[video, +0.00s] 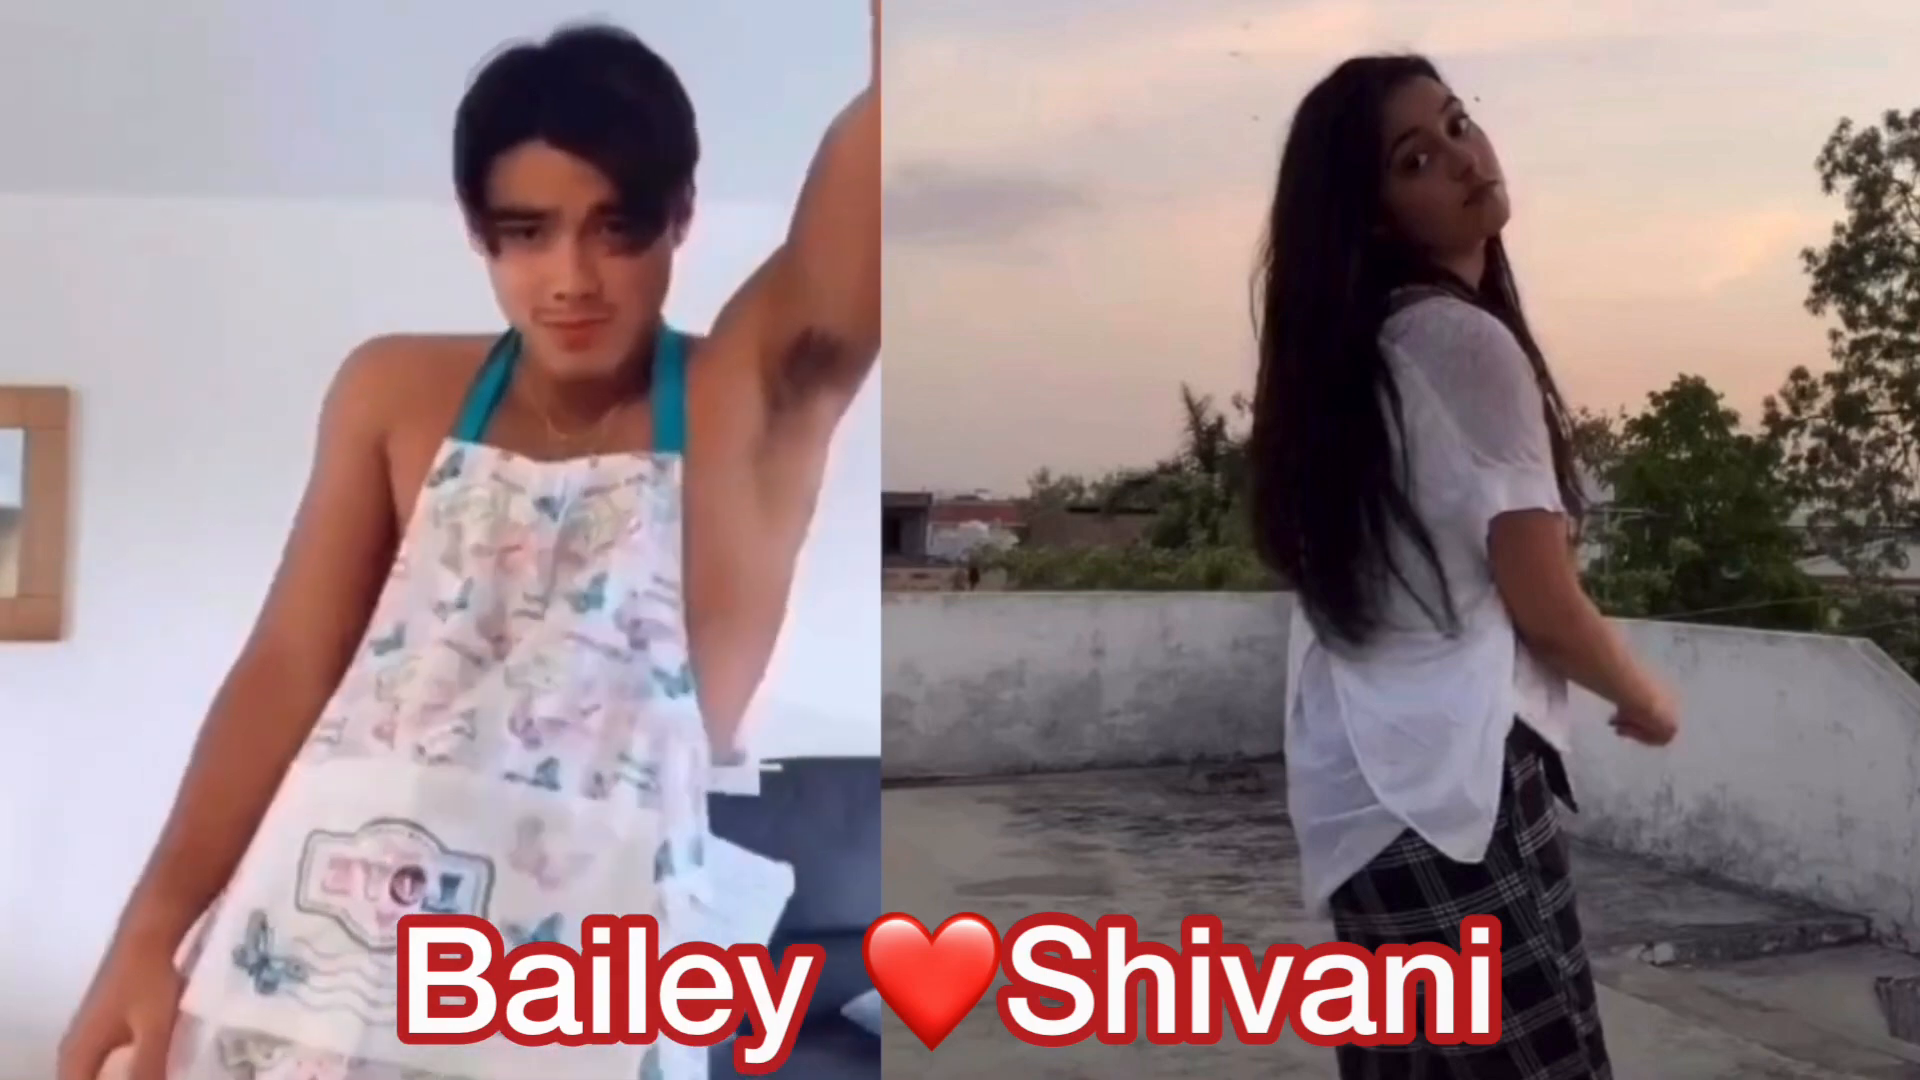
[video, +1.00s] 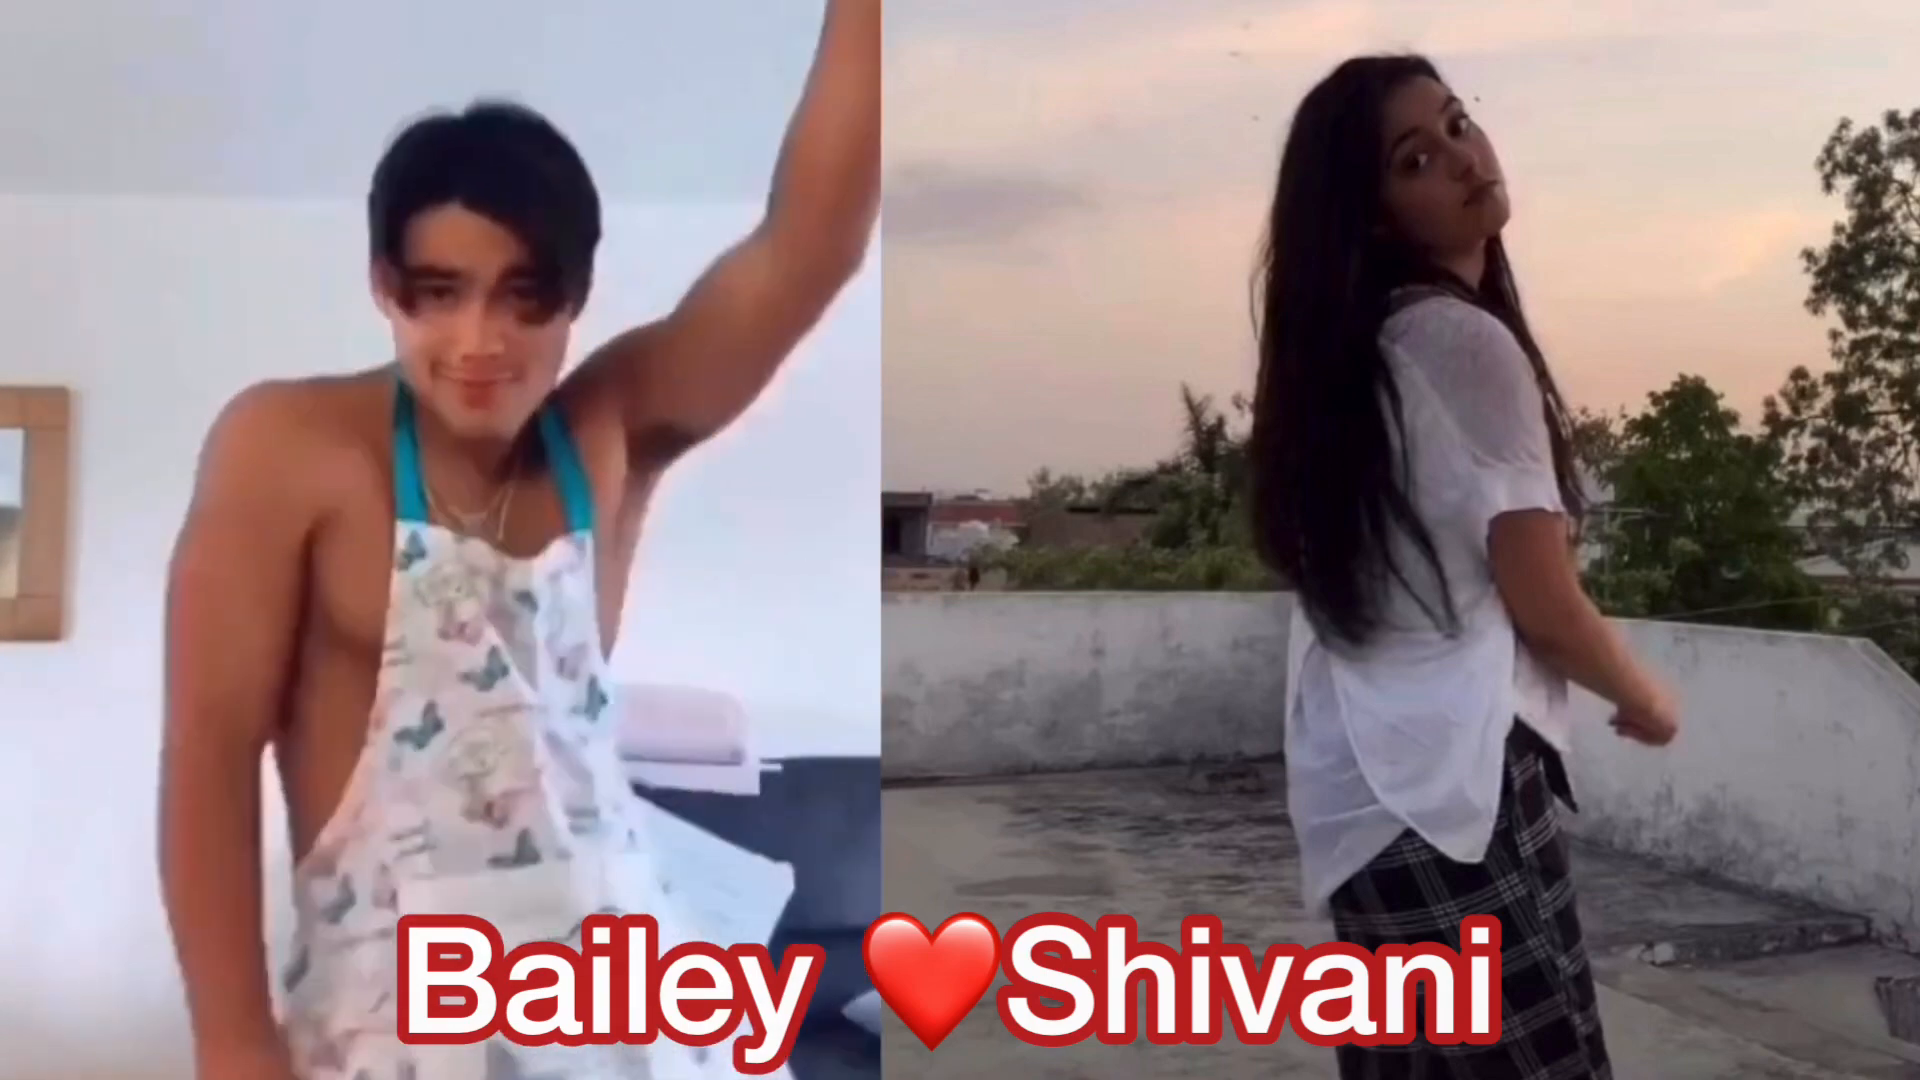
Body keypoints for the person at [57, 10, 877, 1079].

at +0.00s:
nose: (572, 278)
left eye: (617, 227)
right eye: (525, 231)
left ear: (682, 220)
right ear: (479, 235)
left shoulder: (767, 391)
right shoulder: (394, 391)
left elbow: (910, 106)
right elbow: (282, 676)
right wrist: (148, 940)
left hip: (604, 966)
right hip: (324, 938)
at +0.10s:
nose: (604, 323)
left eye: (649, 272)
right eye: (562, 276)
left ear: (710, 272)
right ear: (516, 284)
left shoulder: (804, 430)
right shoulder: (427, 472)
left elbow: (949, 159)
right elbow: (303, 760)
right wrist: (148, 988)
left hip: (661, 995)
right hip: (390, 958)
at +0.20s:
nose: (624, 353)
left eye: (671, 303)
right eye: (579, 308)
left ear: (735, 305)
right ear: (533, 315)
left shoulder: (818, 450)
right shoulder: (451, 549)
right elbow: (321, 820)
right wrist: (157, 1041)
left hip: (758, 1022)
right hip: (507, 1012)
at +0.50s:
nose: (600, 356)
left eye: (649, 309)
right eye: (553, 305)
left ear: (705, 322)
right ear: (498, 310)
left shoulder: (783, 444)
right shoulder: (388, 574)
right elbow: (368, 918)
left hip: (824, 1036)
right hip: (576, 1051)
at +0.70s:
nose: (552, 270)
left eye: (608, 221)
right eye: (509, 213)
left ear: (658, 221)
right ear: (447, 208)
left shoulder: (717, 325)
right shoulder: (340, 445)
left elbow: (907, 81)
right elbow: (352, 772)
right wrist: (400, 1055)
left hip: (791, 921)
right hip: (551, 970)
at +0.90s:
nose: (497, 278)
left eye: (547, 230)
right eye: (456, 227)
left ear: (603, 226)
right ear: (401, 218)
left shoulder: (650, 333)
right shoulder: (299, 399)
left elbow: (835, 122)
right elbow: (264, 740)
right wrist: (319, 1029)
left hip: (709, 906)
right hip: (483, 951)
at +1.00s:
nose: (478, 341)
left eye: (524, 299)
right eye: (439, 293)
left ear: (577, 299)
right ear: (387, 292)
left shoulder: (620, 424)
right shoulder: (287, 446)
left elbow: (813, 241)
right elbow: (209, 762)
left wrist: (857, 3)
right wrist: (236, 1049)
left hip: (608, 1002)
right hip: (383, 1012)